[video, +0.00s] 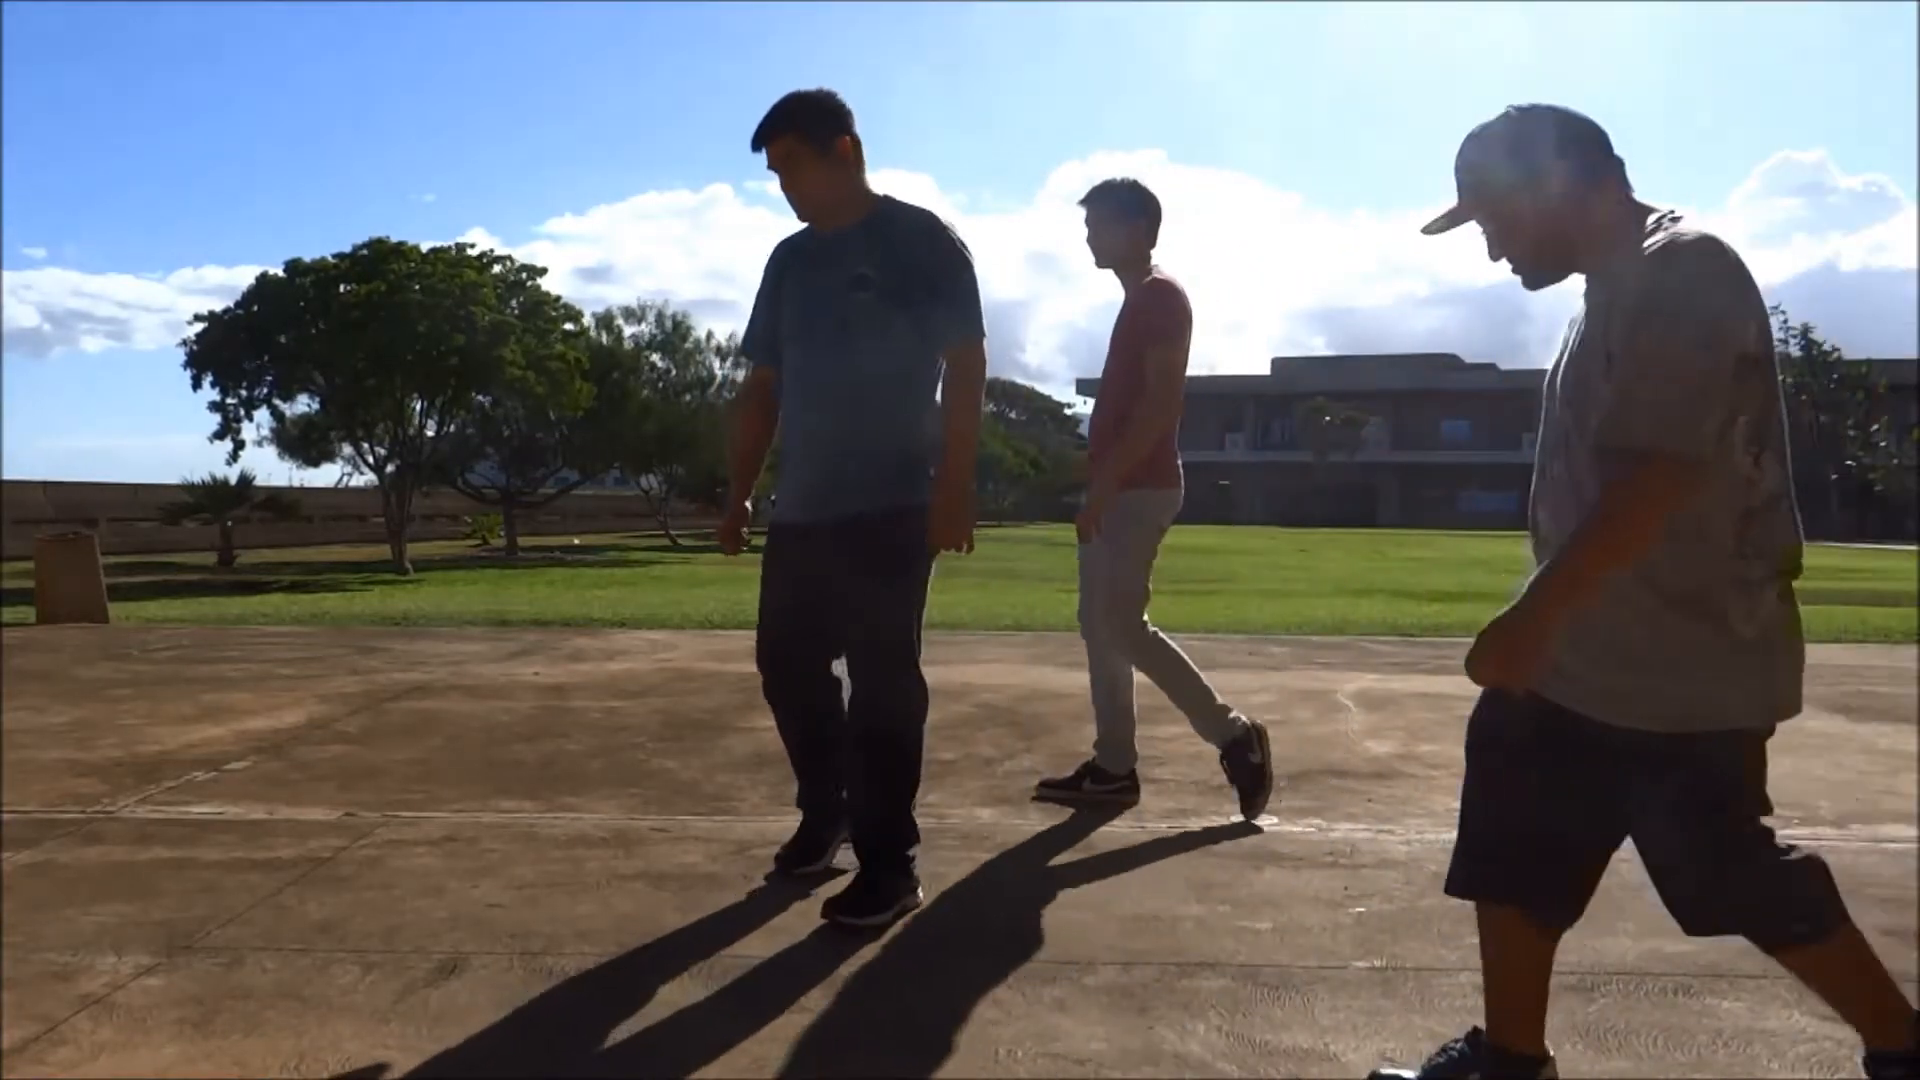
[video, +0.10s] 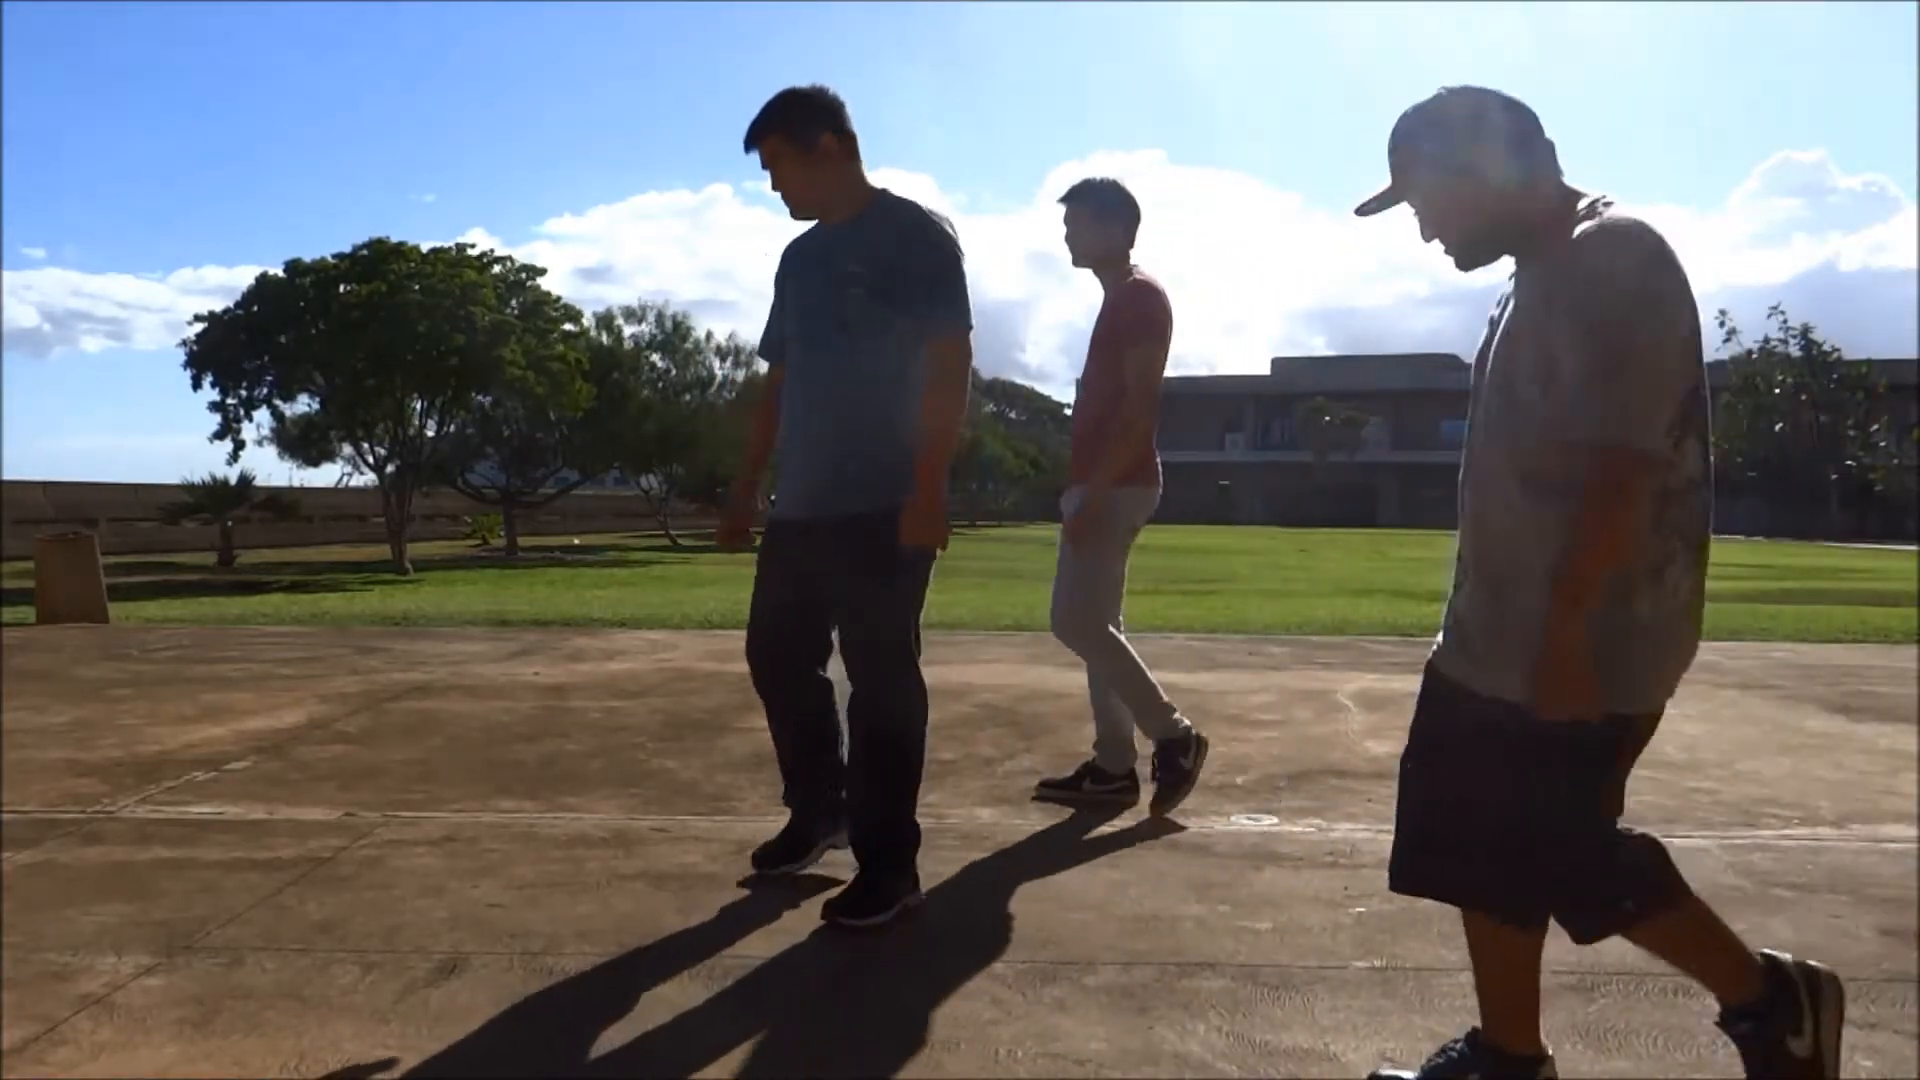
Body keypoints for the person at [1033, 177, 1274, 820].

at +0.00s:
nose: (1088, 236)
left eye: (1096, 225)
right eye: (1087, 226)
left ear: (1136, 227)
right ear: (1124, 231)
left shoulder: (1160, 298)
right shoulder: (1140, 301)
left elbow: (1159, 408)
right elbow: (1138, 405)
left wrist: (1105, 485)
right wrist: (1099, 485)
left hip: (1141, 491)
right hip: (1118, 490)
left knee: (1119, 625)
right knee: (1098, 624)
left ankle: (1237, 738)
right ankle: (1113, 768)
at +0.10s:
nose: (1066, 236)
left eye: (1074, 224)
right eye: (1066, 225)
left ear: (1112, 227)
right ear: (1104, 231)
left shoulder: (1139, 298)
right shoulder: (1122, 298)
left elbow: (1138, 409)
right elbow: (1121, 405)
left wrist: (1096, 487)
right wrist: (1085, 484)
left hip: (1117, 487)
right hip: (1101, 485)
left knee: (1075, 620)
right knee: (1095, 623)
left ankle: (1175, 738)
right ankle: (1112, 767)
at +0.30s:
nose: (1026, 234)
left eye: (1035, 223)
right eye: (1028, 223)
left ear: (1074, 227)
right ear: (1067, 230)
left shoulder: (1104, 300)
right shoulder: (1077, 302)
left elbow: (1109, 413)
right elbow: (1079, 408)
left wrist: (1079, 509)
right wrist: (1055, 492)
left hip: (1077, 483)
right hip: (1067, 479)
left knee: (1013, 609)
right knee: (1086, 624)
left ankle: (1029, 761)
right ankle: (1113, 765)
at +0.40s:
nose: (1004, 234)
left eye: (1014, 223)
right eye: (1007, 223)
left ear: (1049, 230)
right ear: (1044, 232)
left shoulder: (1085, 304)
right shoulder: (1052, 307)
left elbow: (1094, 409)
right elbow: (1038, 412)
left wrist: (1075, 504)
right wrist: (1010, 484)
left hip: (1061, 487)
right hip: (1047, 485)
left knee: (1002, 618)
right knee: (1077, 627)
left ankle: (965, 763)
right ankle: (1112, 765)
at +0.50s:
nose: (981, 237)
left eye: (990, 225)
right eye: (984, 225)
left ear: (1023, 233)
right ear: (1023, 235)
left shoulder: (1062, 305)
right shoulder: (1033, 307)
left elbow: (1077, 416)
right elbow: (1018, 413)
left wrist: (1065, 515)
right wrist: (984, 484)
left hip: (1037, 494)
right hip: (1026, 492)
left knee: (984, 629)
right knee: (1067, 630)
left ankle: (933, 767)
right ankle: (1110, 764)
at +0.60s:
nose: (956, 232)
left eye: (964, 222)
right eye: (959, 221)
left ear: (993, 233)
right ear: (994, 233)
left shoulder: (1035, 304)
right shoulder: (1009, 303)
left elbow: (1056, 413)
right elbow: (989, 410)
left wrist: (1051, 512)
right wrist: (954, 486)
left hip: (1010, 496)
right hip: (1005, 494)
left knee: (962, 631)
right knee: (1050, 628)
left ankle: (924, 771)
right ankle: (1108, 755)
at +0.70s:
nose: (931, 229)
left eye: (941, 219)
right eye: (935, 218)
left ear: (971, 229)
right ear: (975, 230)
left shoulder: (1011, 303)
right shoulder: (977, 305)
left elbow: (1032, 406)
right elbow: (961, 411)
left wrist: (1027, 504)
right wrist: (927, 482)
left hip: (979, 492)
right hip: (984, 490)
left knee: (943, 626)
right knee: (1022, 620)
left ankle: (921, 768)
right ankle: (1096, 739)